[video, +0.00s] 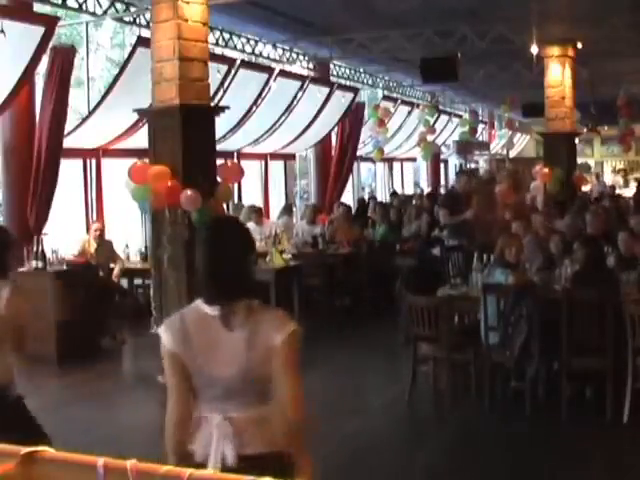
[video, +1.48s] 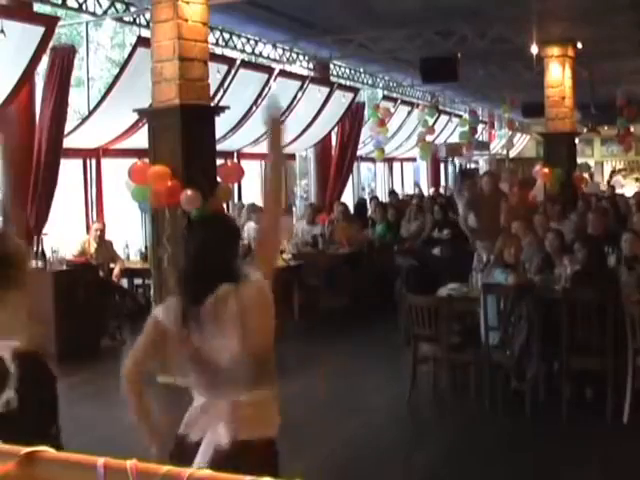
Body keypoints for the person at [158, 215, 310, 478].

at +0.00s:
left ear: (197, 261)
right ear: (250, 260)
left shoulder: (176, 330)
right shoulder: (278, 327)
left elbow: (178, 412)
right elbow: (292, 410)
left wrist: (175, 469)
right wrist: (301, 463)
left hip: (202, 459)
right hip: (266, 457)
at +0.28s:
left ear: (195, 259)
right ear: (246, 254)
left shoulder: (177, 328)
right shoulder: (277, 300)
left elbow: (166, 413)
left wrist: (177, 469)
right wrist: (339, 232)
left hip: (213, 447)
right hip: (275, 440)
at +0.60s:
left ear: (195, 266)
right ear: (245, 261)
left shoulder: (180, 336)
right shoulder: (279, 311)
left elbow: (174, 420)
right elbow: (354, 329)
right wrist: (315, 281)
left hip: (219, 461)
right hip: (282, 454)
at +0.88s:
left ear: (211, 260)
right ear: (258, 259)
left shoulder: (203, 313)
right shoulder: (276, 328)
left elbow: (172, 254)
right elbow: (274, 412)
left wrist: (153, 178)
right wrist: (297, 466)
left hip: (213, 444)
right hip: (261, 450)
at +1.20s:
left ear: (199, 264)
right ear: (247, 266)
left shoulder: (176, 328)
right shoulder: (268, 339)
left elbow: (175, 410)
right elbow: (265, 419)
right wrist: (295, 416)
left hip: (194, 461)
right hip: (247, 465)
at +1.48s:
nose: (238, 245)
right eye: (233, 239)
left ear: (188, 252)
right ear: (233, 251)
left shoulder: (169, 312)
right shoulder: (253, 297)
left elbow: (131, 374)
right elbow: (271, 215)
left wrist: (155, 437)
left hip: (193, 441)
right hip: (249, 444)